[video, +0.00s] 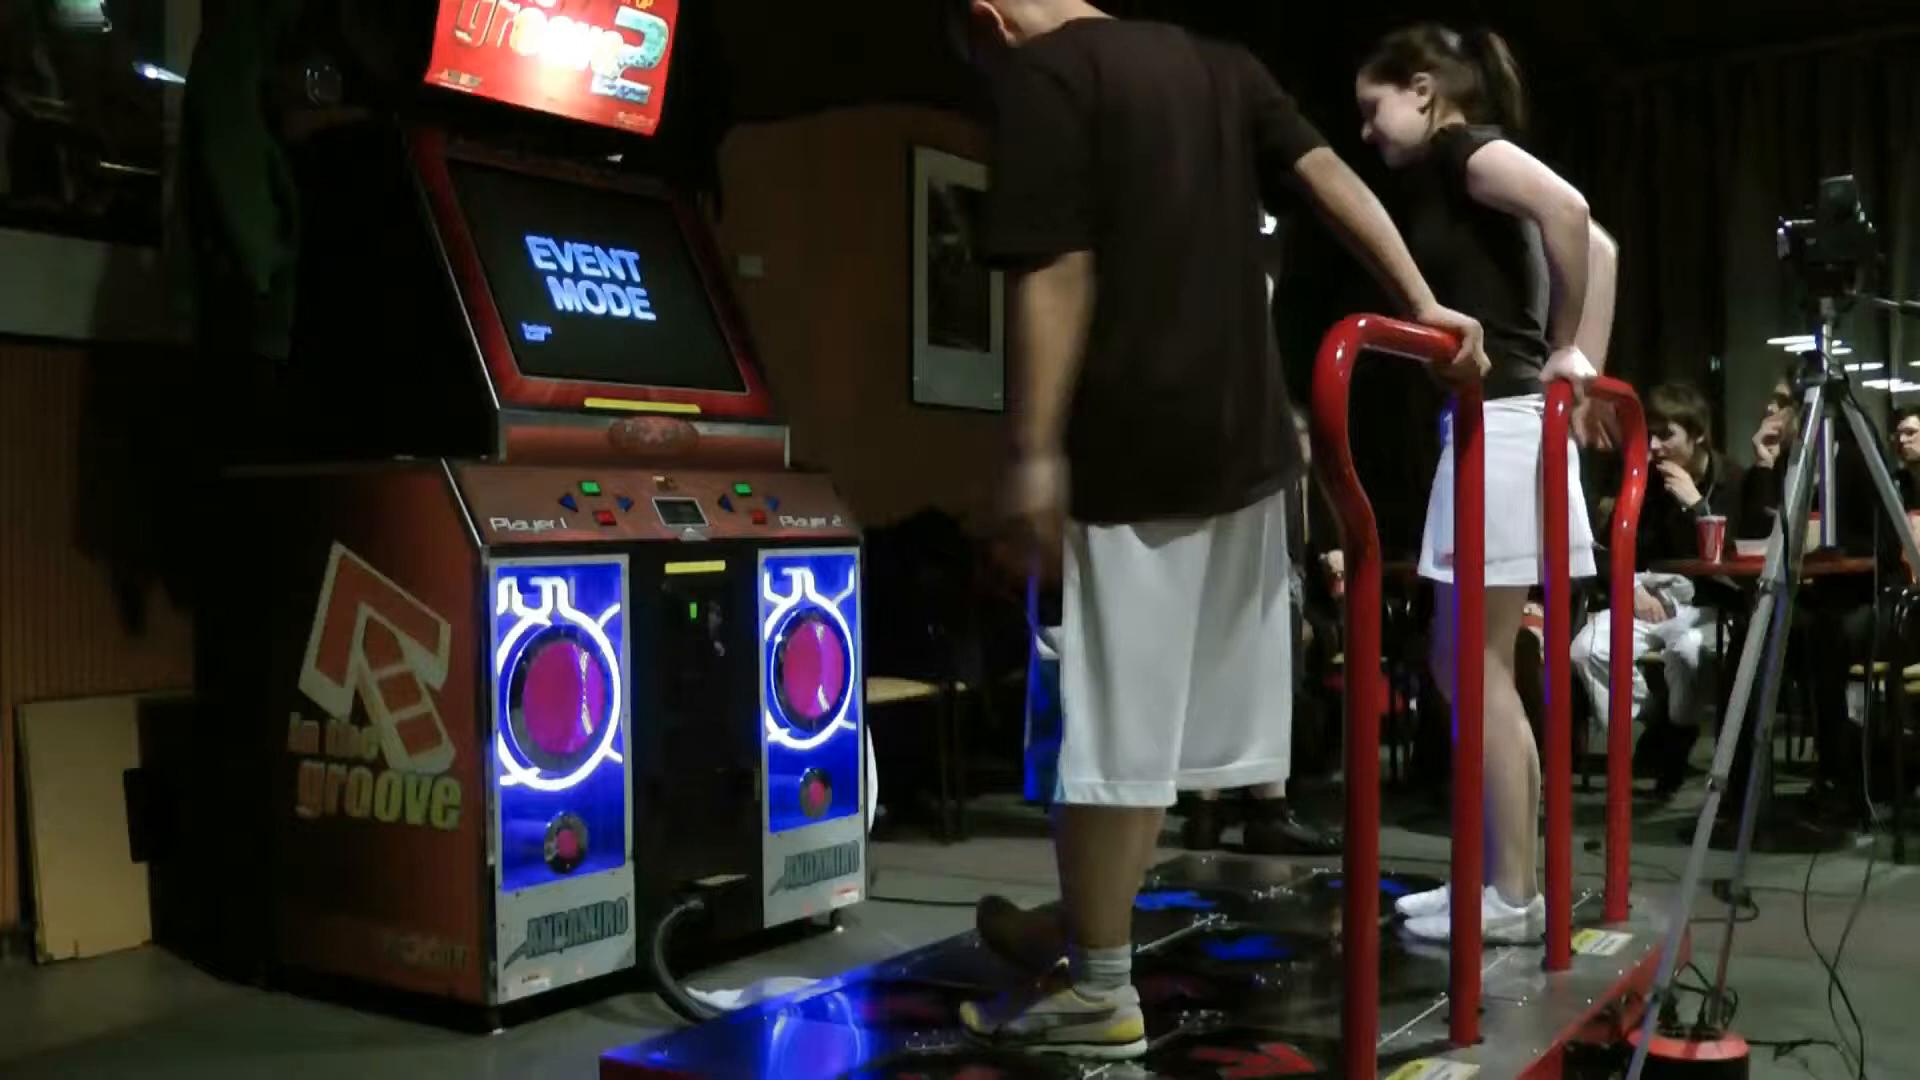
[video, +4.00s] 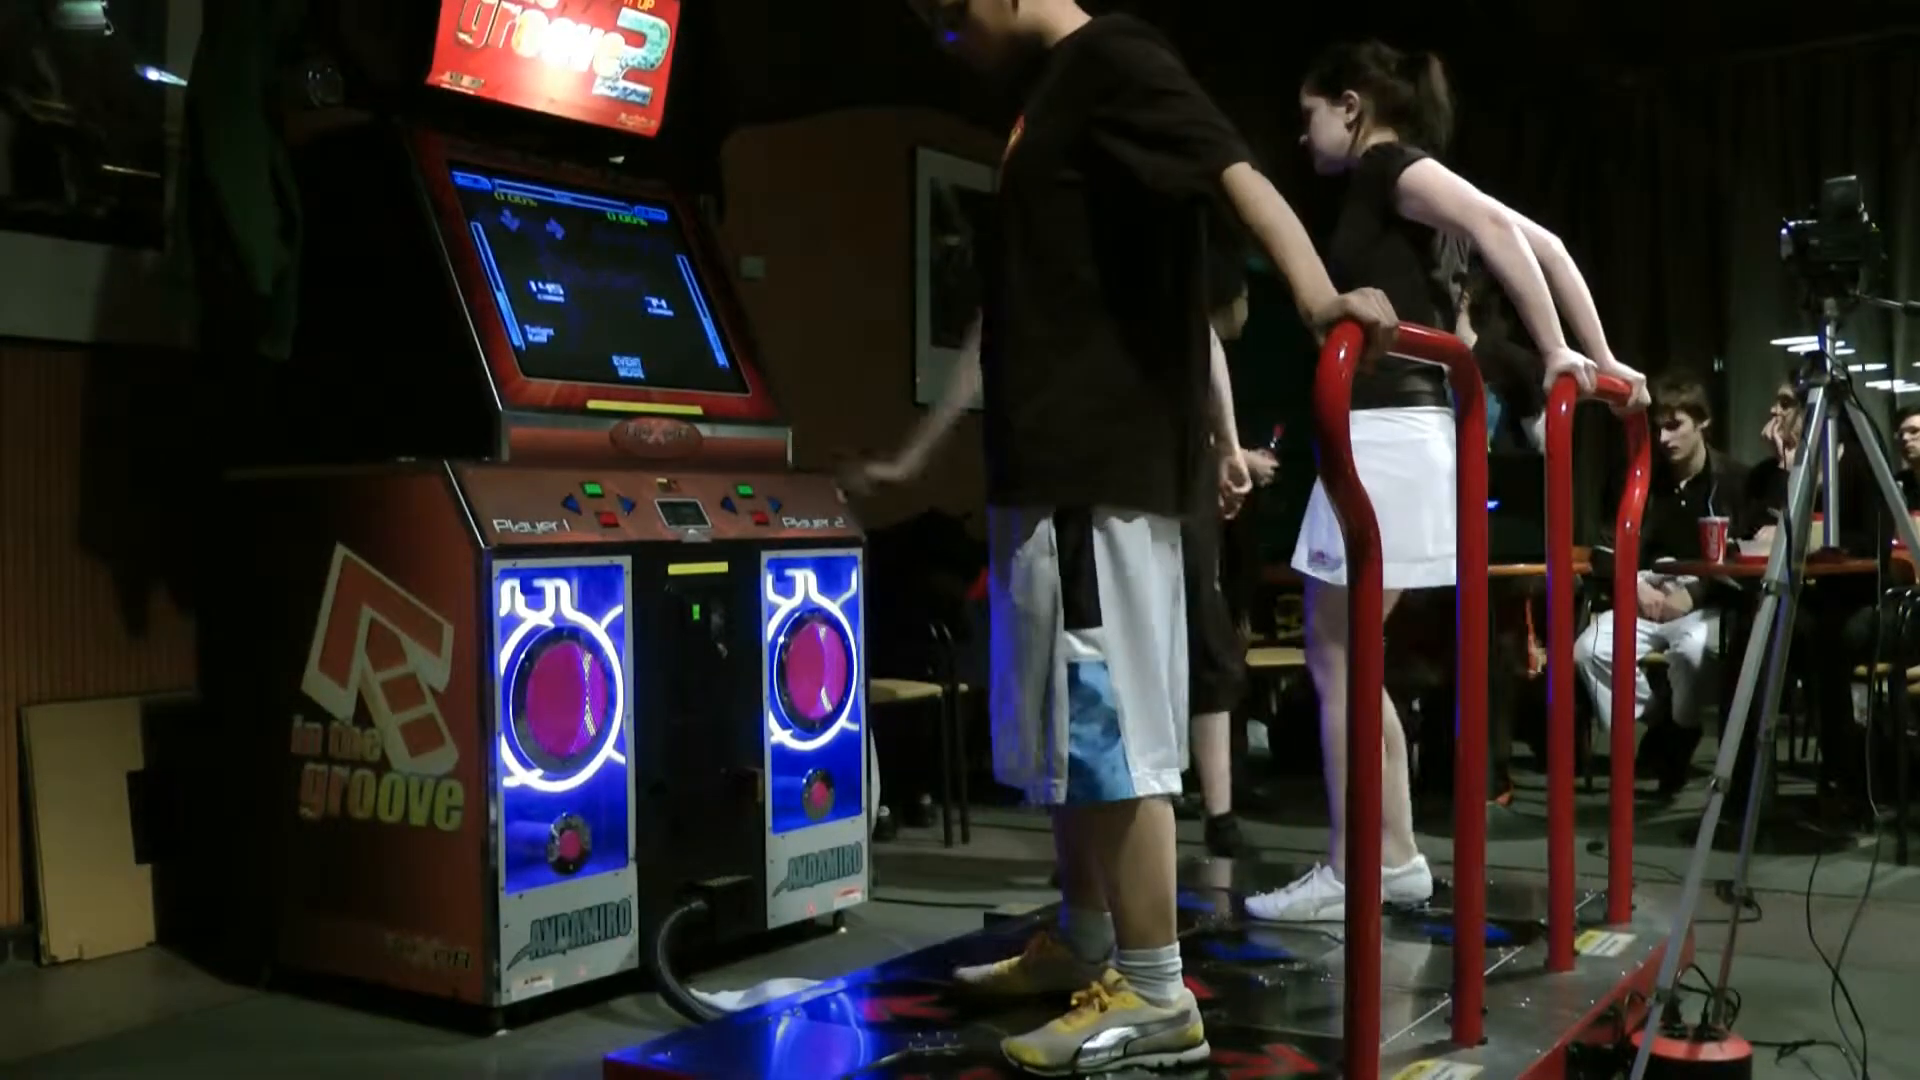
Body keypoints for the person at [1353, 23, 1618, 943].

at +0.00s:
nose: (1369, 124)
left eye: (1376, 104)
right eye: (1366, 108)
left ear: (1423, 90)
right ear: (1434, 97)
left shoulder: (1460, 149)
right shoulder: (1484, 162)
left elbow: (1567, 211)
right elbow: (1602, 242)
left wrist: (1574, 349)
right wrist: (1588, 361)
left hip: (1501, 429)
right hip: (1514, 426)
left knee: (1480, 667)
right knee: (1491, 667)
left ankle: (1509, 891)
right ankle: (1517, 885)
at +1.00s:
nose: (1334, 166)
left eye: (1336, 150)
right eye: (1329, 154)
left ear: (1366, 135)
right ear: (1385, 129)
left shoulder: (1415, 168)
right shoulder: (1434, 180)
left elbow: (1526, 209)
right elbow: (1566, 238)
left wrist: (1563, 347)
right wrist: (1604, 352)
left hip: (1485, 431)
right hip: (1501, 432)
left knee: (1455, 670)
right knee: (1450, 668)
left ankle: (1504, 891)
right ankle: (1487, 878)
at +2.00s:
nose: (1311, 172)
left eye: (1314, 153)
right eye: (1307, 157)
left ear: (1347, 133)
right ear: (1373, 131)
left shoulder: (1419, 175)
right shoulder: (1423, 192)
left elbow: (1525, 210)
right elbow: (1557, 252)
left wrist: (1558, 348)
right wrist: (1601, 361)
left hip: (1442, 443)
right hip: (1439, 444)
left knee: (1423, 665)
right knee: (1414, 665)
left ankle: (1450, 885)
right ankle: (1452, 869)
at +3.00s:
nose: (1314, 126)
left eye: (1323, 110)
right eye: (1316, 110)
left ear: (1368, 111)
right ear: (1391, 115)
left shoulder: (1380, 178)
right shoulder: (1430, 183)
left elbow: (1482, 230)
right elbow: (1547, 247)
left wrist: (1553, 353)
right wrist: (1600, 357)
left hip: (1385, 457)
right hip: (1436, 455)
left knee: (1330, 669)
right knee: (1394, 679)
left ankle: (1368, 875)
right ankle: (1403, 876)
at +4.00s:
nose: (1305, 133)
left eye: (1311, 114)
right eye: (1304, 117)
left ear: (1353, 106)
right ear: (1371, 109)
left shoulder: (1384, 166)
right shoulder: (1411, 172)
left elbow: (1501, 231)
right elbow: (1546, 245)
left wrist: (1559, 354)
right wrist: (1602, 359)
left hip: (1382, 438)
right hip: (1409, 439)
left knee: (1333, 655)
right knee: (1353, 657)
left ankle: (1346, 869)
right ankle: (1397, 859)